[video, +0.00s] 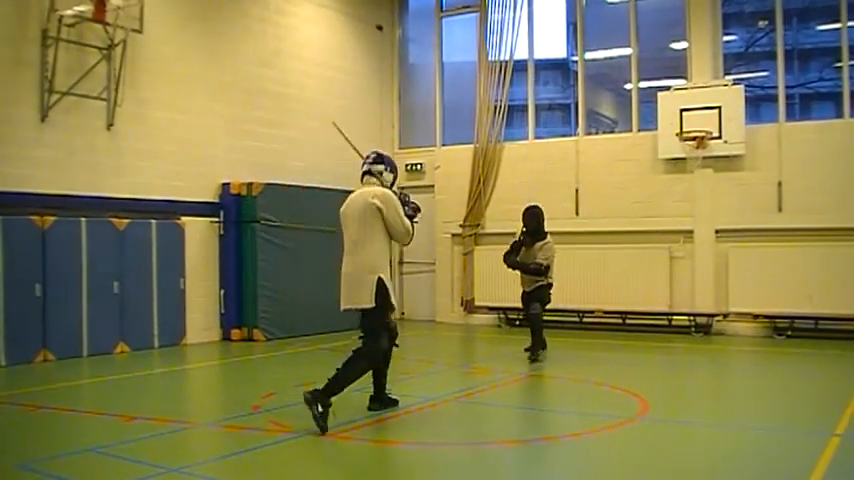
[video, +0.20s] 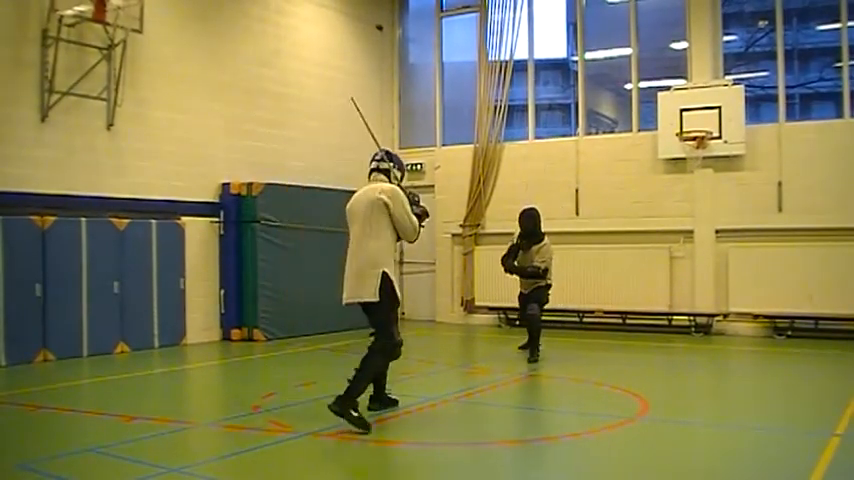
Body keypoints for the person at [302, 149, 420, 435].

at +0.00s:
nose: (394, 181)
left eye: (393, 177)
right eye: (394, 176)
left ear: (365, 173)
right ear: (388, 174)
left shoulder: (349, 201)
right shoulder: (384, 196)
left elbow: (366, 237)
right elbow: (404, 235)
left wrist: (398, 212)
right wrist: (408, 215)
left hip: (355, 279)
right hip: (375, 279)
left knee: (386, 335)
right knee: (377, 344)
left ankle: (380, 395)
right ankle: (322, 396)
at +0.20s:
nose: (401, 178)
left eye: (401, 174)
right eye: (400, 174)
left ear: (372, 170)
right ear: (394, 171)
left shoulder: (355, 199)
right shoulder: (391, 191)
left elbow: (367, 235)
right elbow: (410, 233)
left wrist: (403, 211)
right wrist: (417, 214)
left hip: (357, 277)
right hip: (380, 276)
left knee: (384, 338)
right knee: (389, 340)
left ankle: (379, 394)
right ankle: (347, 400)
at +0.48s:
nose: (403, 179)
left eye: (403, 174)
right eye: (402, 174)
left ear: (374, 172)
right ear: (395, 173)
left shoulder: (357, 203)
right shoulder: (395, 197)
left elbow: (371, 237)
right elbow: (414, 241)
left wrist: (407, 216)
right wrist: (421, 220)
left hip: (361, 288)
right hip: (387, 287)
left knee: (383, 342)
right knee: (403, 354)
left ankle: (379, 394)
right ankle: (367, 417)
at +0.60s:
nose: (403, 179)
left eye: (403, 174)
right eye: (402, 174)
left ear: (373, 173)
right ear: (395, 173)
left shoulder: (356, 204)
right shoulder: (396, 198)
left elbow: (369, 242)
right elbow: (416, 242)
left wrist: (408, 218)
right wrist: (422, 221)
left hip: (363, 291)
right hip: (390, 289)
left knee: (384, 344)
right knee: (409, 358)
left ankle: (381, 396)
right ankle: (367, 417)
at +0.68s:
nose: (404, 179)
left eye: (404, 174)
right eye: (403, 174)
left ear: (373, 173)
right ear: (396, 173)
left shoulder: (357, 205)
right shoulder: (397, 198)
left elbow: (371, 242)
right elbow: (417, 243)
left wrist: (408, 218)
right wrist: (423, 222)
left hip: (365, 291)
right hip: (392, 289)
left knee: (389, 342)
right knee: (411, 360)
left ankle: (381, 396)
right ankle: (368, 417)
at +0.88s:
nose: (409, 182)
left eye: (409, 177)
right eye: (408, 177)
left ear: (378, 175)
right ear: (402, 176)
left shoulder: (361, 208)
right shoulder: (403, 202)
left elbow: (370, 247)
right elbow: (421, 248)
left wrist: (408, 223)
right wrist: (426, 226)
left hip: (374, 291)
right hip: (400, 291)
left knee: (398, 337)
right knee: (413, 363)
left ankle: (398, 390)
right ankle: (367, 418)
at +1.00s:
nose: (413, 183)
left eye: (412, 179)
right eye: (412, 179)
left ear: (383, 178)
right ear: (406, 178)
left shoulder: (366, 210)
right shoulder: (410, 205)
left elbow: (375, 249)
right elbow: (426, 251)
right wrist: (428, 227)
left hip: (376, 297)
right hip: (404, 296)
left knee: (411, 333)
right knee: (412, 363)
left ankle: (416, 388)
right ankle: (366, 417)